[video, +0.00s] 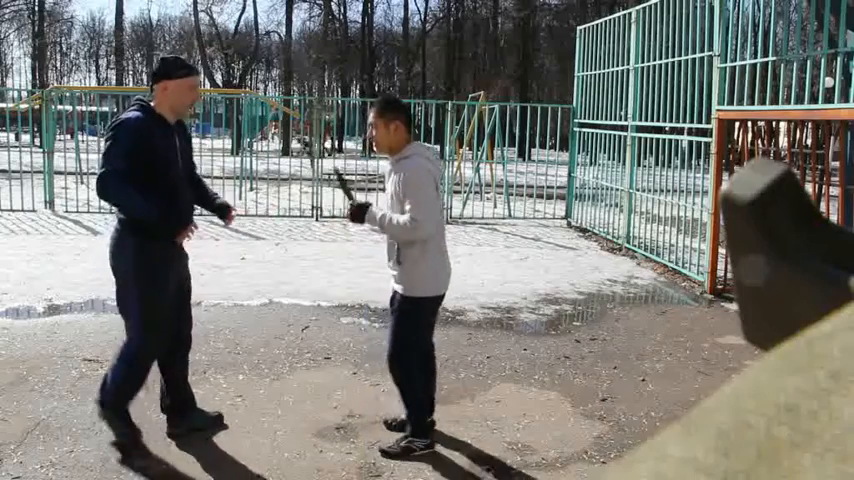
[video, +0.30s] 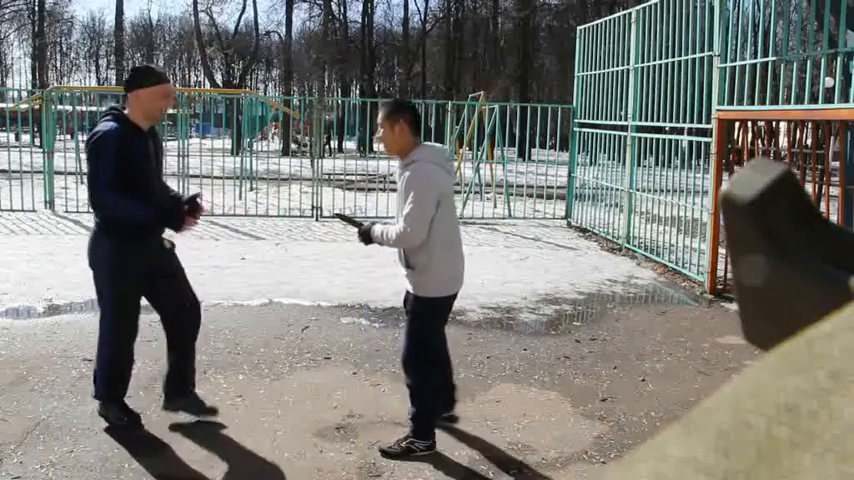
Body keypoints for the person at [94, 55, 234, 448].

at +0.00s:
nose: (197, 98)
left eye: (197, 91)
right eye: (192, 90)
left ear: (173, 90)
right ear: (165, 88)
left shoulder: (177, 130)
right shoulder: (133, 125)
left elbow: (187, 180)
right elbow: (109, 185)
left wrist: (218, 206)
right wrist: (166, 223)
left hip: (170, 249)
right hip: (137, 251)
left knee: (176, 336)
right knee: (148, 336)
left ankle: (181, 413)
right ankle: (111, 402)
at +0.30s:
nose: (169, 104)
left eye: (170, 97)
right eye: (164, 96)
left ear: (146, 98)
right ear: (138, 95)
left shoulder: (149, 136)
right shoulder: (108, 136)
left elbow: (151, 188)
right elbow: (105, 202)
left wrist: (180, 206)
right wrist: (166, 216)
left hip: (150, 247)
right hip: (115, 250)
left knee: (185, 312)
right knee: (119, 328)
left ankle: (179, 393)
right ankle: (111, 402)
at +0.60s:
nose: (151, 98)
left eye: (152, 91)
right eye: (145, 91)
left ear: (138, 94)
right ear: (121, 91)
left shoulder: (140, 129)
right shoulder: (92, 130)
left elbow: (146, 175)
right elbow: (76, 187)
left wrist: (174, 190)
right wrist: (136, 210)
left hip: (140, 237)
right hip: (107, 241)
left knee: (155, 305)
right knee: (113, 319)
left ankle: (135, 368)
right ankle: (108, 399)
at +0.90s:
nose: (151, 100)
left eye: (153, 93)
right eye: (145, 93)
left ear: (147, 96)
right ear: (123, 94)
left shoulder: (140, 133)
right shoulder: (96, 129)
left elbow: (145, 177)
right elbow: (77, 180)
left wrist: (170, 192)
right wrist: (130, 207)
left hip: (135, 234)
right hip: (107, 236)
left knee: (139, 311)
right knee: (126, 315)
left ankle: (127, 377)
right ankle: (113, 395)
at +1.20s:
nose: (154, 99)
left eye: (155, 92)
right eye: (148, 92)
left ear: (143, 94)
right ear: (126, 92)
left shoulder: (135, 131)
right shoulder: (105, 127)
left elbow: (141, 180)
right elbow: (94, 183)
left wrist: (174, 187)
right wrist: (150, 196)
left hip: (133, 236)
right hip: (112, 237)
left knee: (137, 313)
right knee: (130, 318)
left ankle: (116, 374)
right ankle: (139, 409)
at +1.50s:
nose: (164, 102)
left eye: (164, 94)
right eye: (159, 94)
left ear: (138, 96)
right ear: (135, 95)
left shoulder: (129, 127)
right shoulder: (119, 130)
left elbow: (131, 186)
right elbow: (122, 191)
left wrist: (171, 189)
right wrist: (173, 189)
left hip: (120, 240)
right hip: (119, 243)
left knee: (123, 313)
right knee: (144, 324)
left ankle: (115, 383)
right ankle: (144, 413)